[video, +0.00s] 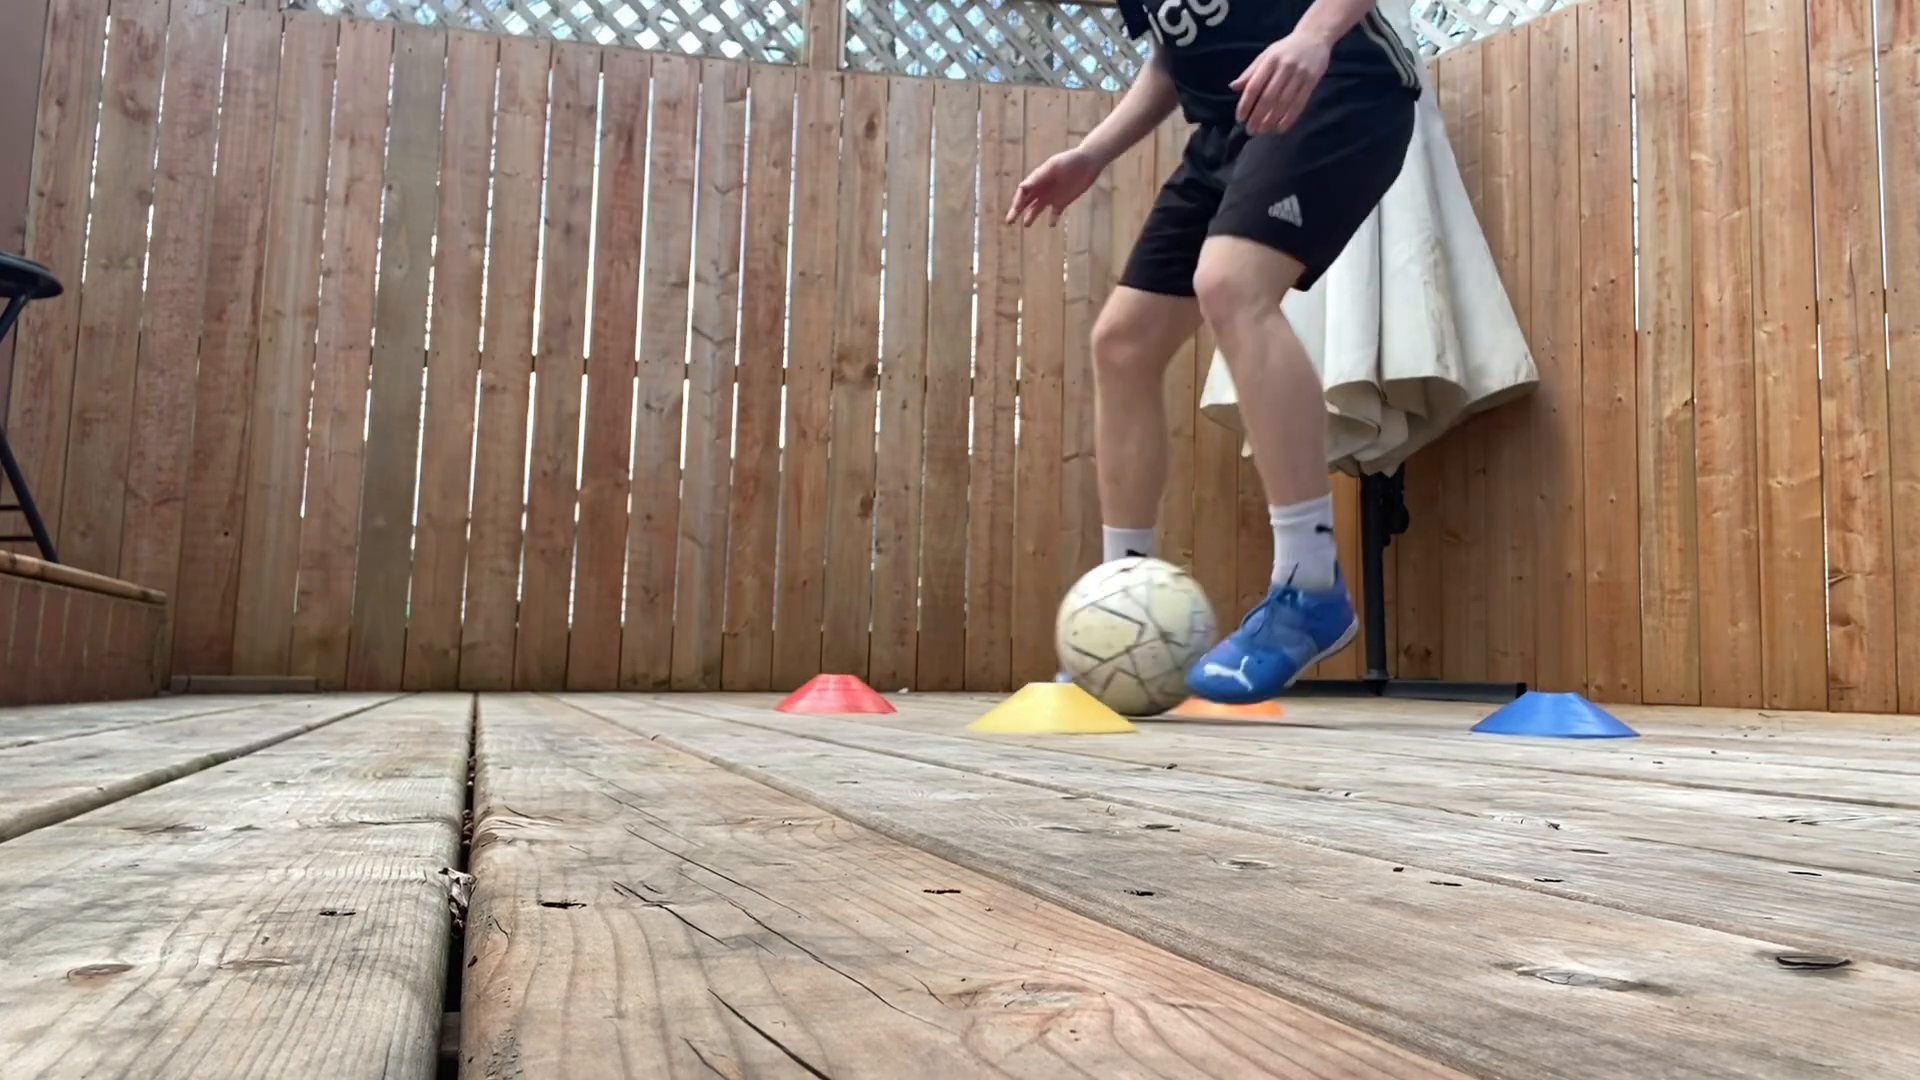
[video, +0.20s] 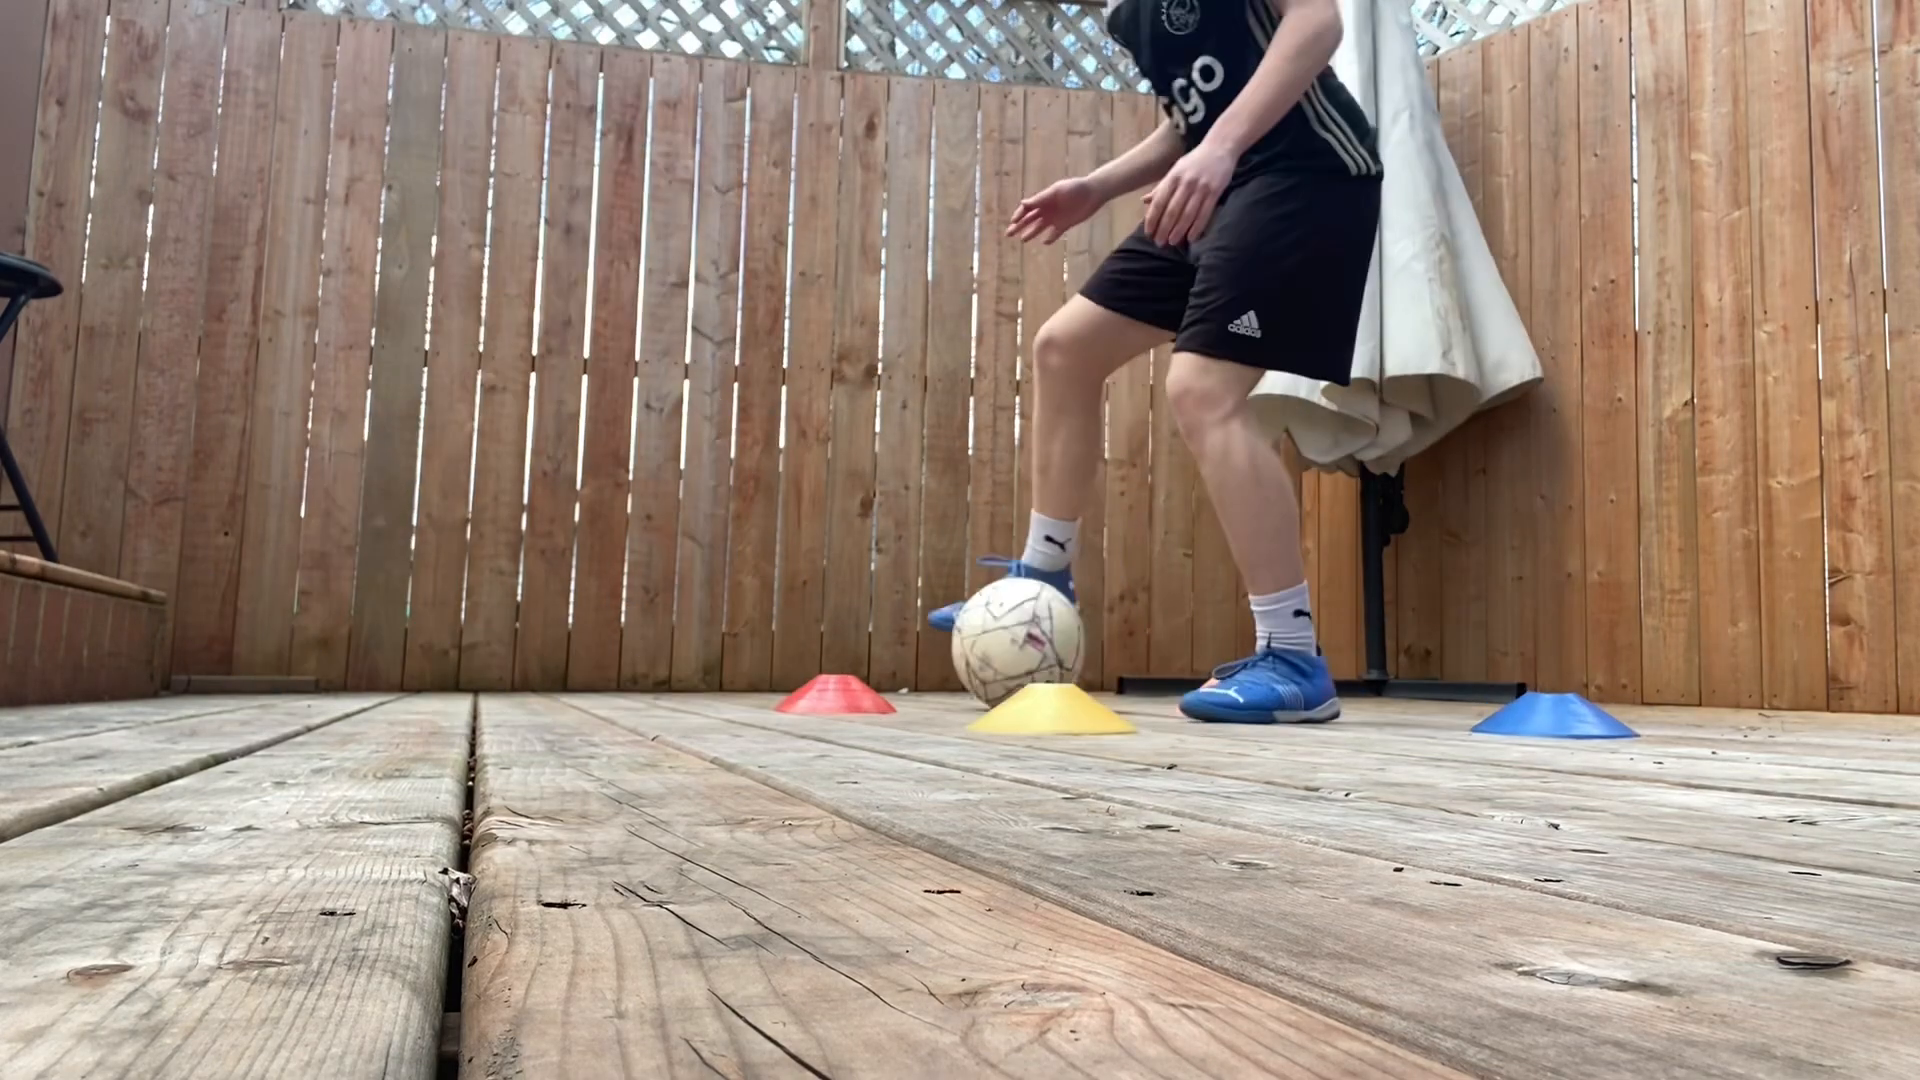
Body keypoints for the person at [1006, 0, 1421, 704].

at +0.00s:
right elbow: (1177, 55)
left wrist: (1315, 32)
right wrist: (1091, 152)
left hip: (1337, 79)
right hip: (1226, 115)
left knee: (1233, 284)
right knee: (1123, 343)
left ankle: (1311, 593)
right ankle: (1123, 623)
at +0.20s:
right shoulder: (1127, 15)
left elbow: (1318, 18)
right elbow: (1198, 122)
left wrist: (1222, 145)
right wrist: (1098, 187)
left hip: (1304, 167)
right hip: (1213, 179)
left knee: (1203, 392)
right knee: (1064, 351)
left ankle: (1293, 660)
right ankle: (1041, 592)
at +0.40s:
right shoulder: (1081, 15)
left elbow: (1272, 39)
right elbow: (1125, 119)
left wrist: (1192, 132)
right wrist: (1026, 183)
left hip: (1233, 179)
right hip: (1152, 198)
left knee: (1215, 391)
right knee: (1083, 420)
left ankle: (1295, 656)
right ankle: (1107, 647)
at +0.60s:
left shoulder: (1166, 2)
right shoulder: (1024, 47)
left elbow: (1250, 91)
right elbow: (1052, 161)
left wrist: (1232, 170)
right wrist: (969, 219)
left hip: (1200, 204)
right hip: (1112, 239)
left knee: (1201, 368)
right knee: (1040, 437)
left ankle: (1281, 618)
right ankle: (1069, 654)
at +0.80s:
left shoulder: (1202, 3)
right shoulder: (1041, 48)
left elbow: (1274, 111)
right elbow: (1042, 193)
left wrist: (1246, 159)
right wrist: (958, 252)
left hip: (1216, 239)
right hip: (1119, 273)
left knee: (1209, 395)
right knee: (1043, 463)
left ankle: (1323, 650)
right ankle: (1079, 656)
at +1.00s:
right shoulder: (1107, 10)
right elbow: (1124, 117)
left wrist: (1337, 9)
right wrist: (1030, 204)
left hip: (1314, 118)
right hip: (1220, 181)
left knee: (1264, 285)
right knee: (1091, 355)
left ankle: (1406, 566)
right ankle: (1153, 604)